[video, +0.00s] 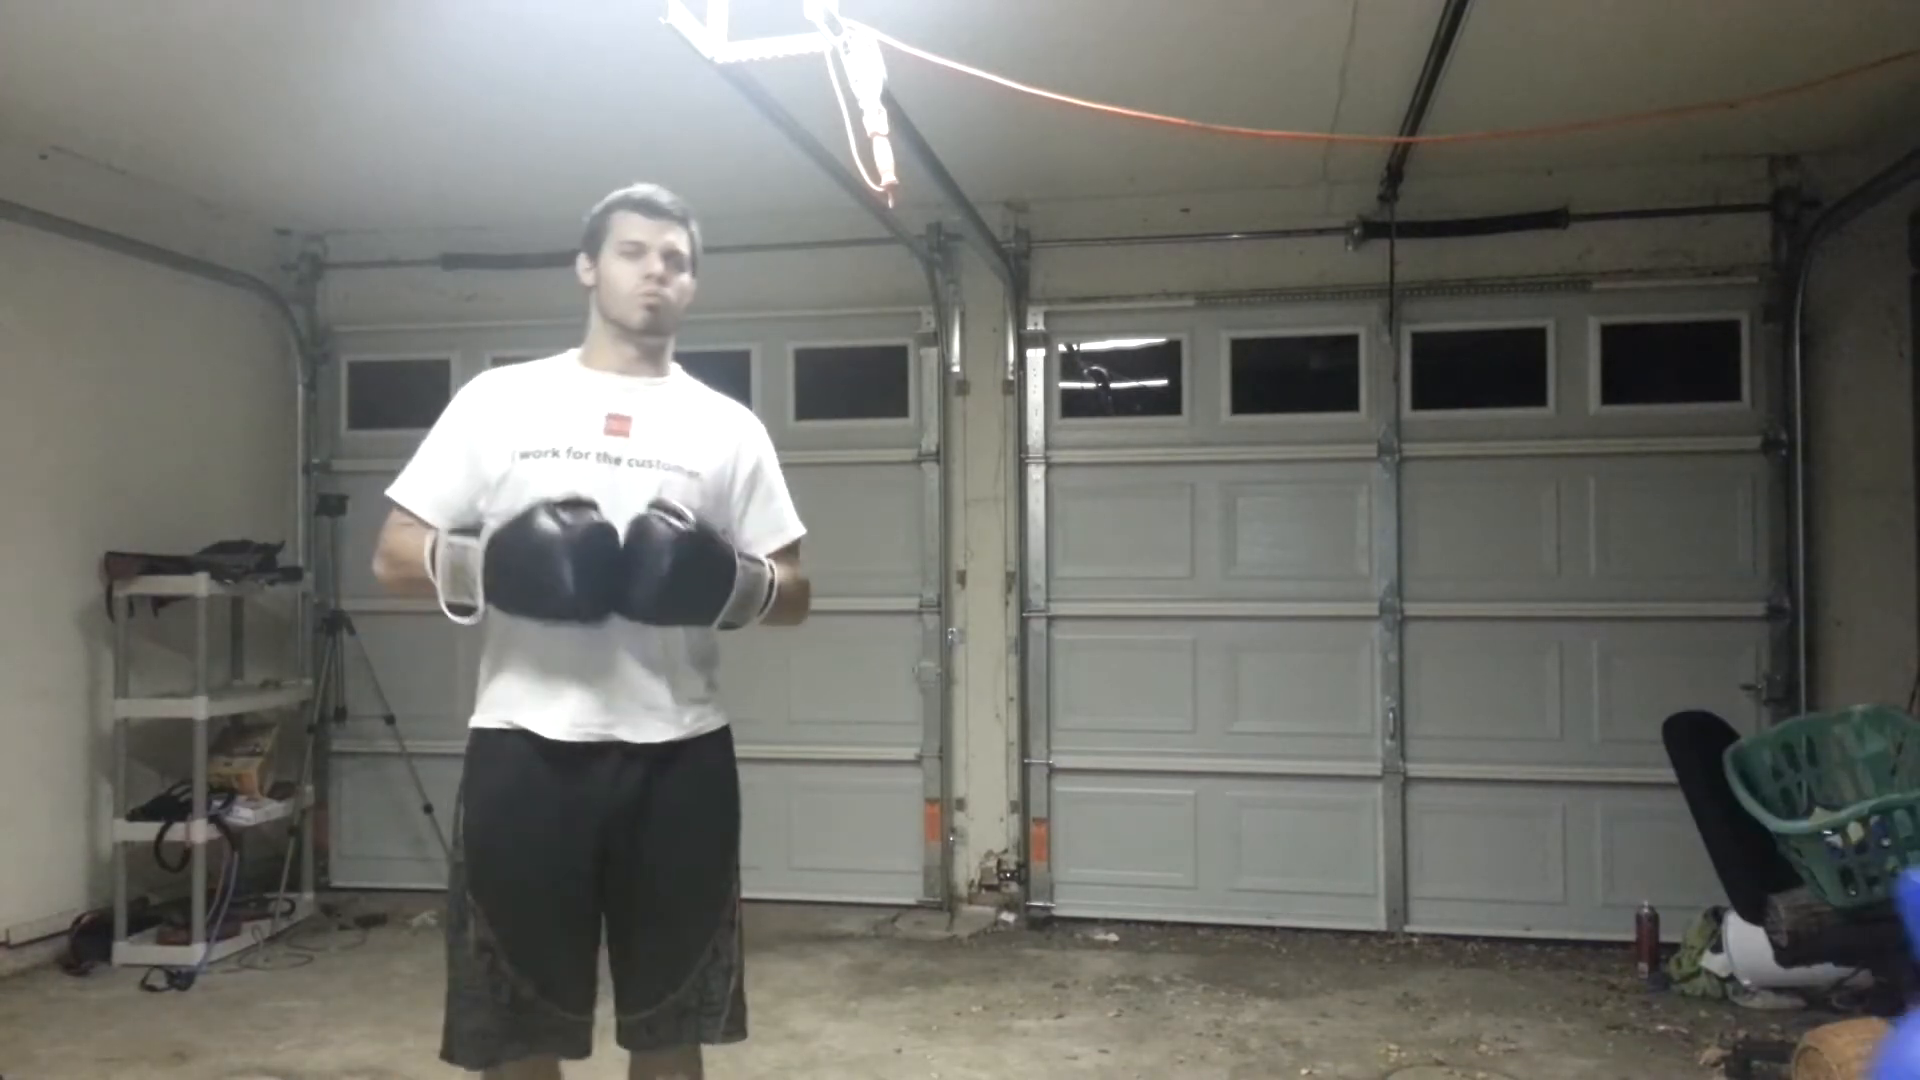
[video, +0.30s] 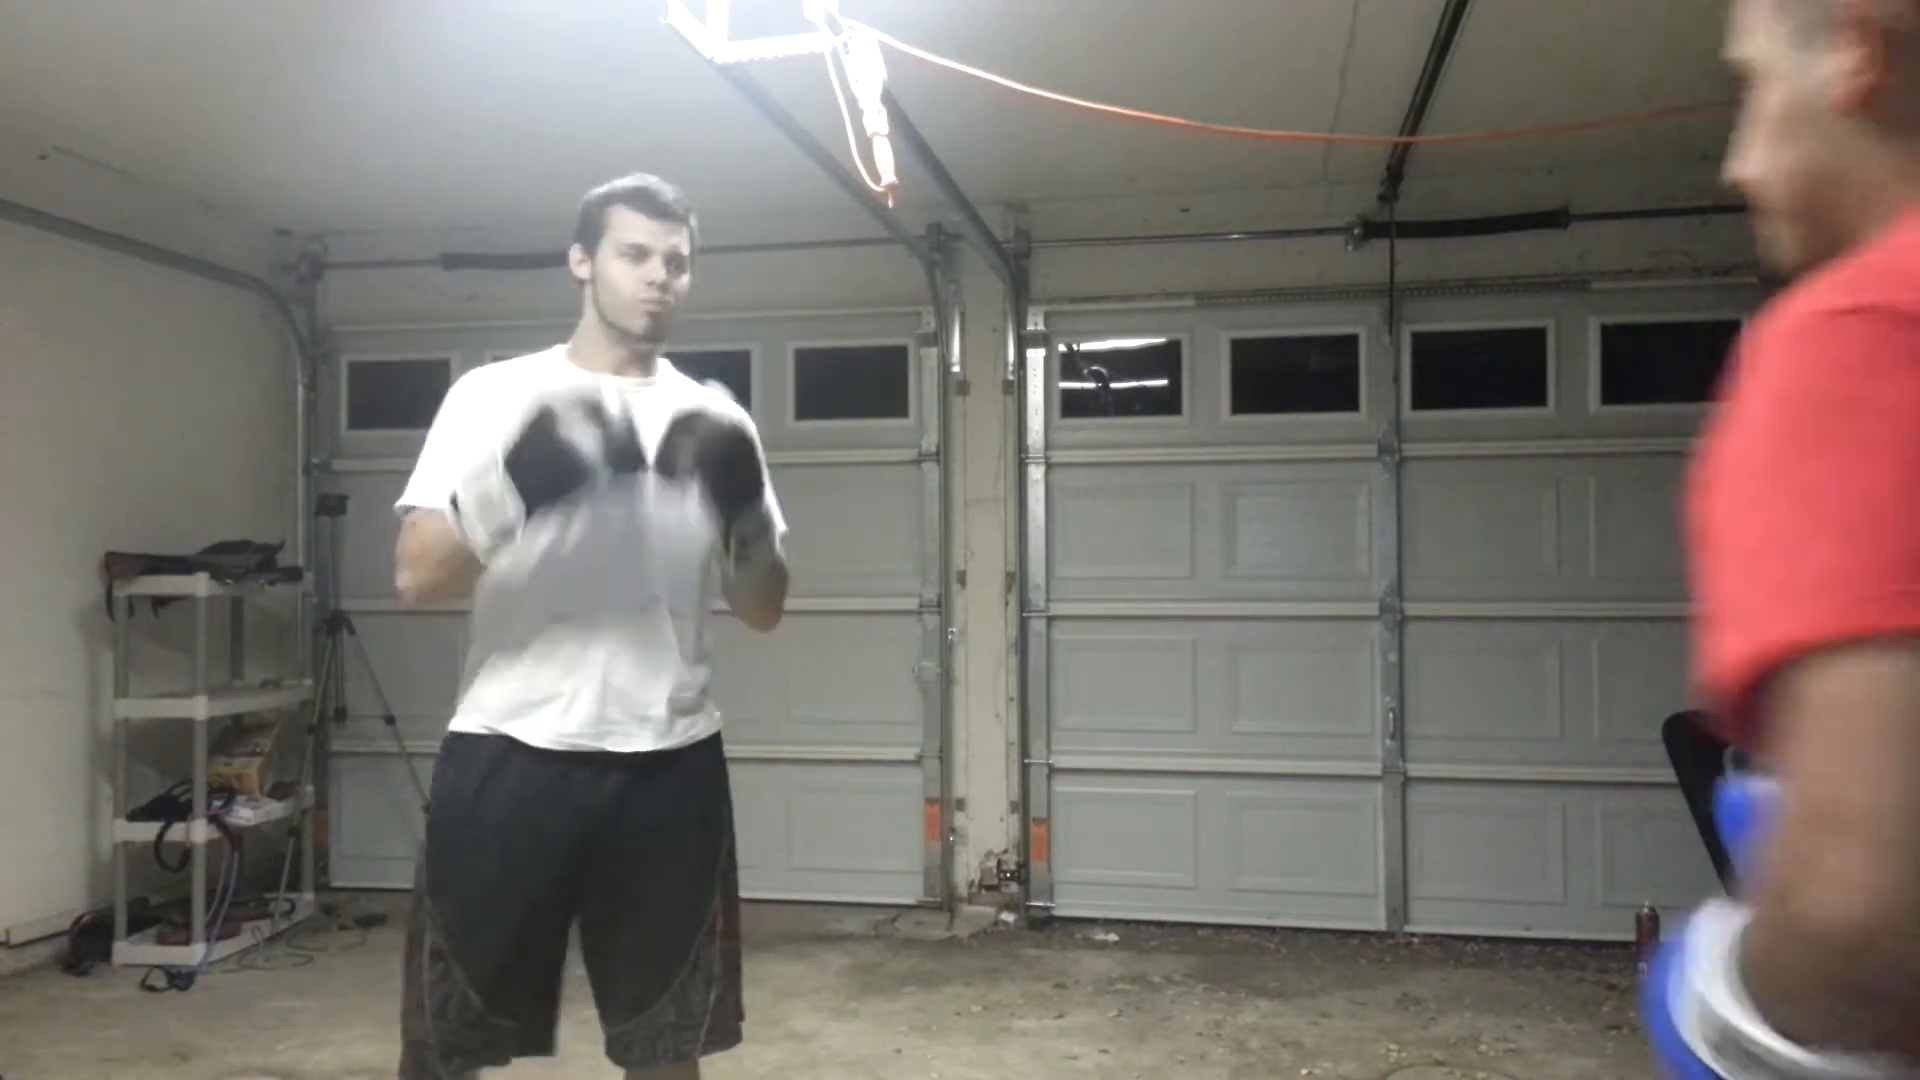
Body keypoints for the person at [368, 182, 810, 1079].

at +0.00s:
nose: (656, 274)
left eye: (676, 261)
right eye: (634, 253)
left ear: (692, 290)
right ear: (587, 269)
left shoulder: (731, 428)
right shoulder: (495, 400)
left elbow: (791, 591)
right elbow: (395, 557)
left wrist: (718, 577)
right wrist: (494, 564)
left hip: (678, 757)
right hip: (527, 753)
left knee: (671, 1041)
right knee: (520, 1044)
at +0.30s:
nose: (661, 279)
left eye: (677, 263)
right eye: (638, 256)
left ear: (690, 279)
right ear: (582, 264)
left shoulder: (714, 413)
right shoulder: (491, 395)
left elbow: (765, 609)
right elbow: (416, 578)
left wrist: (740, 504)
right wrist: (512, 490)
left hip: (668, 766)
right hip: (509, 760)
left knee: (669, 1052)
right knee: (451, 1051)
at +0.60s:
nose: (591, 329)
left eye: (607, 307)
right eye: (567, 304)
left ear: (623, 303)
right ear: (500, 290)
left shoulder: (631, 407)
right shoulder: (407, 402)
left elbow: (722, 573)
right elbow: (426, 574)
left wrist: (701, 441)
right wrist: (493, 411)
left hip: (624, 774)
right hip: (461, 783)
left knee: (685, 1040)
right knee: (461, 1059)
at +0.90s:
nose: (589, 338)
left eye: (605, 314)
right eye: (564, 312)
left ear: (621, 303)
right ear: (495, 295)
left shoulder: (647, 409)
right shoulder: (406, 402)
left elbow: (755, 562)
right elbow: (416, 585)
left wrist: (776, 505)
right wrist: (481, 436)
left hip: (621, 784)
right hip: (455, 791)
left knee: (640, 1062)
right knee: (426, 1060)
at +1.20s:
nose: (612, 336)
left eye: (624, 312)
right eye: (587, 309)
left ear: (636, 305)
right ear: (508, 293)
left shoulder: (658, 408)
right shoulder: (412, 398)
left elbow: (775, 525)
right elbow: (426, 583)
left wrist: (830, 505)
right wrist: (503, 431)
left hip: (624, 789)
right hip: (455, 794)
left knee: (663, 1060)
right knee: (436, 1063)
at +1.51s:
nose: (597, 327)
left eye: (609, 305)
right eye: (576, 299)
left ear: (615, 295)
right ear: (495, 281)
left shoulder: (622, 402)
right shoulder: (378, 393)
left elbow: (769, 465)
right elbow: (403, 569)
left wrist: (921, 474)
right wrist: (497, 409)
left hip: (589, 793)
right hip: (415, 793)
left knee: (621, 1058)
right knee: (391, 1060)